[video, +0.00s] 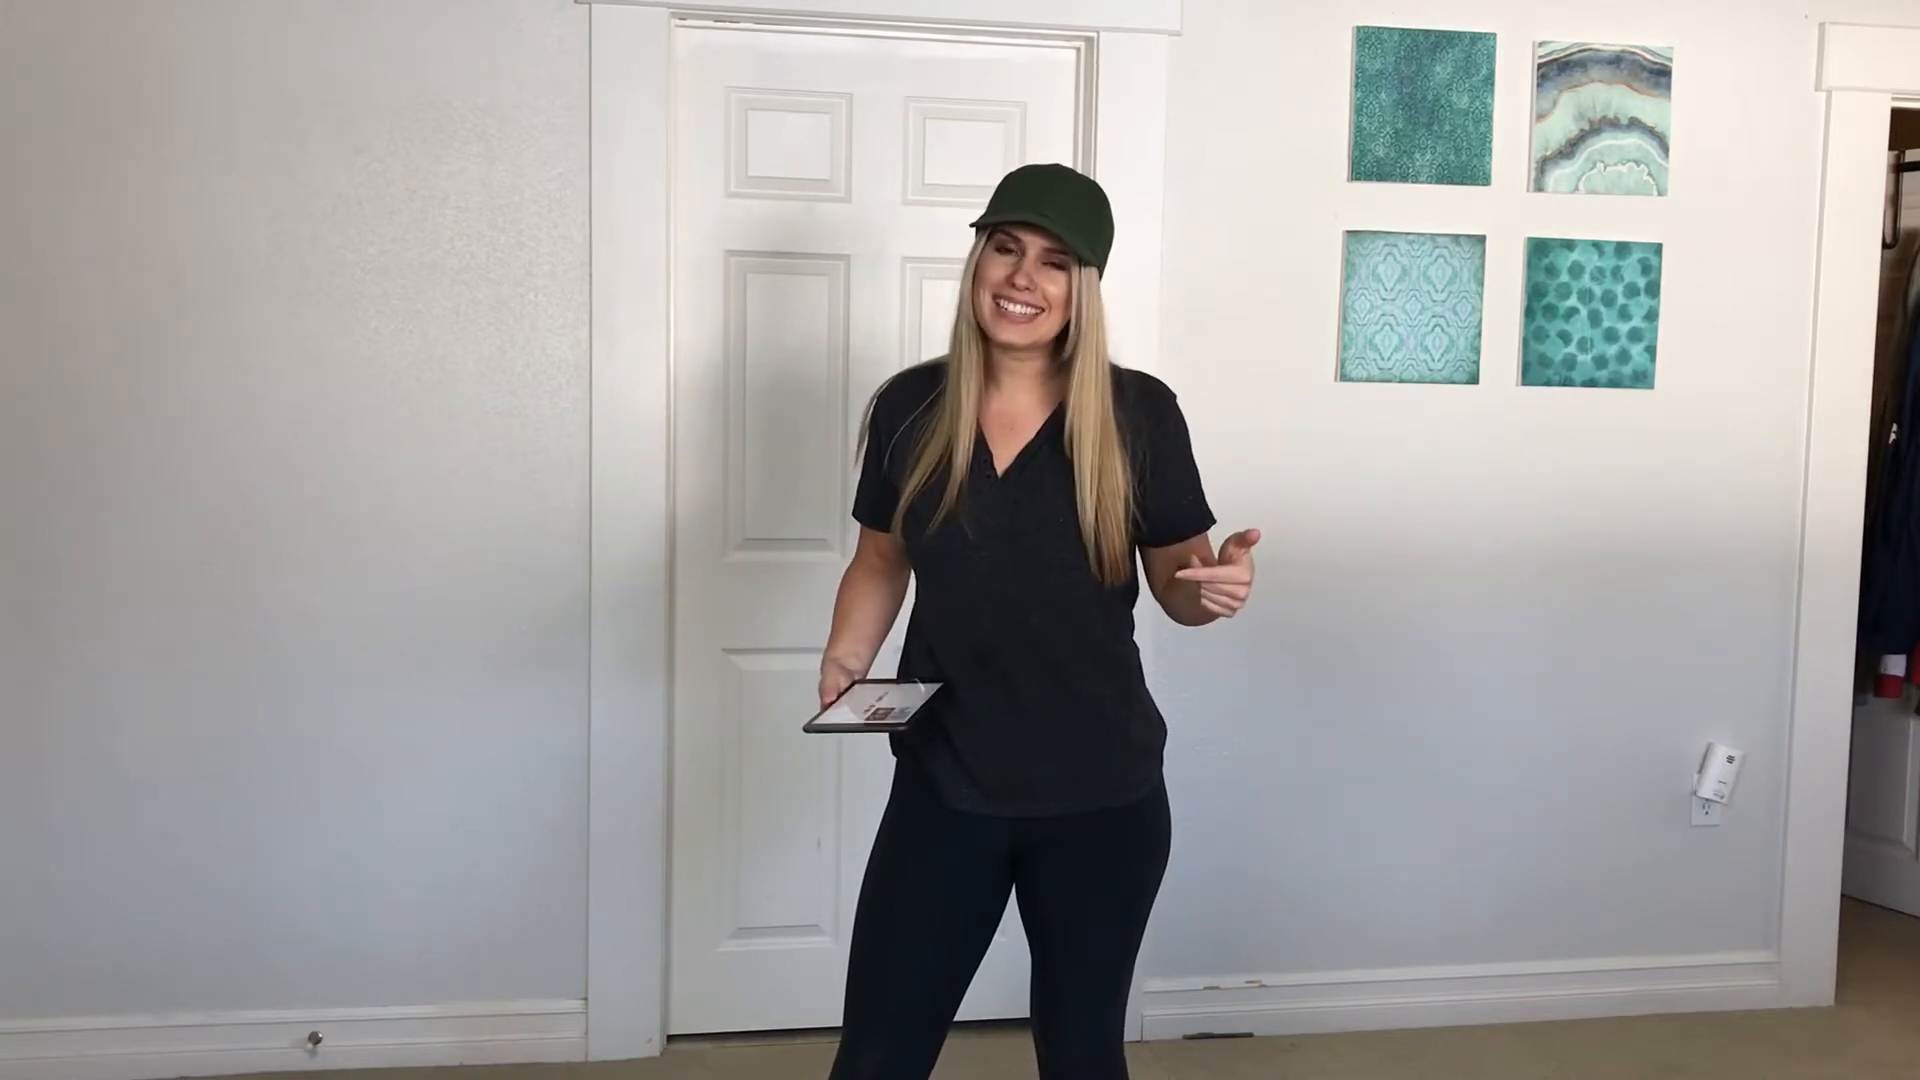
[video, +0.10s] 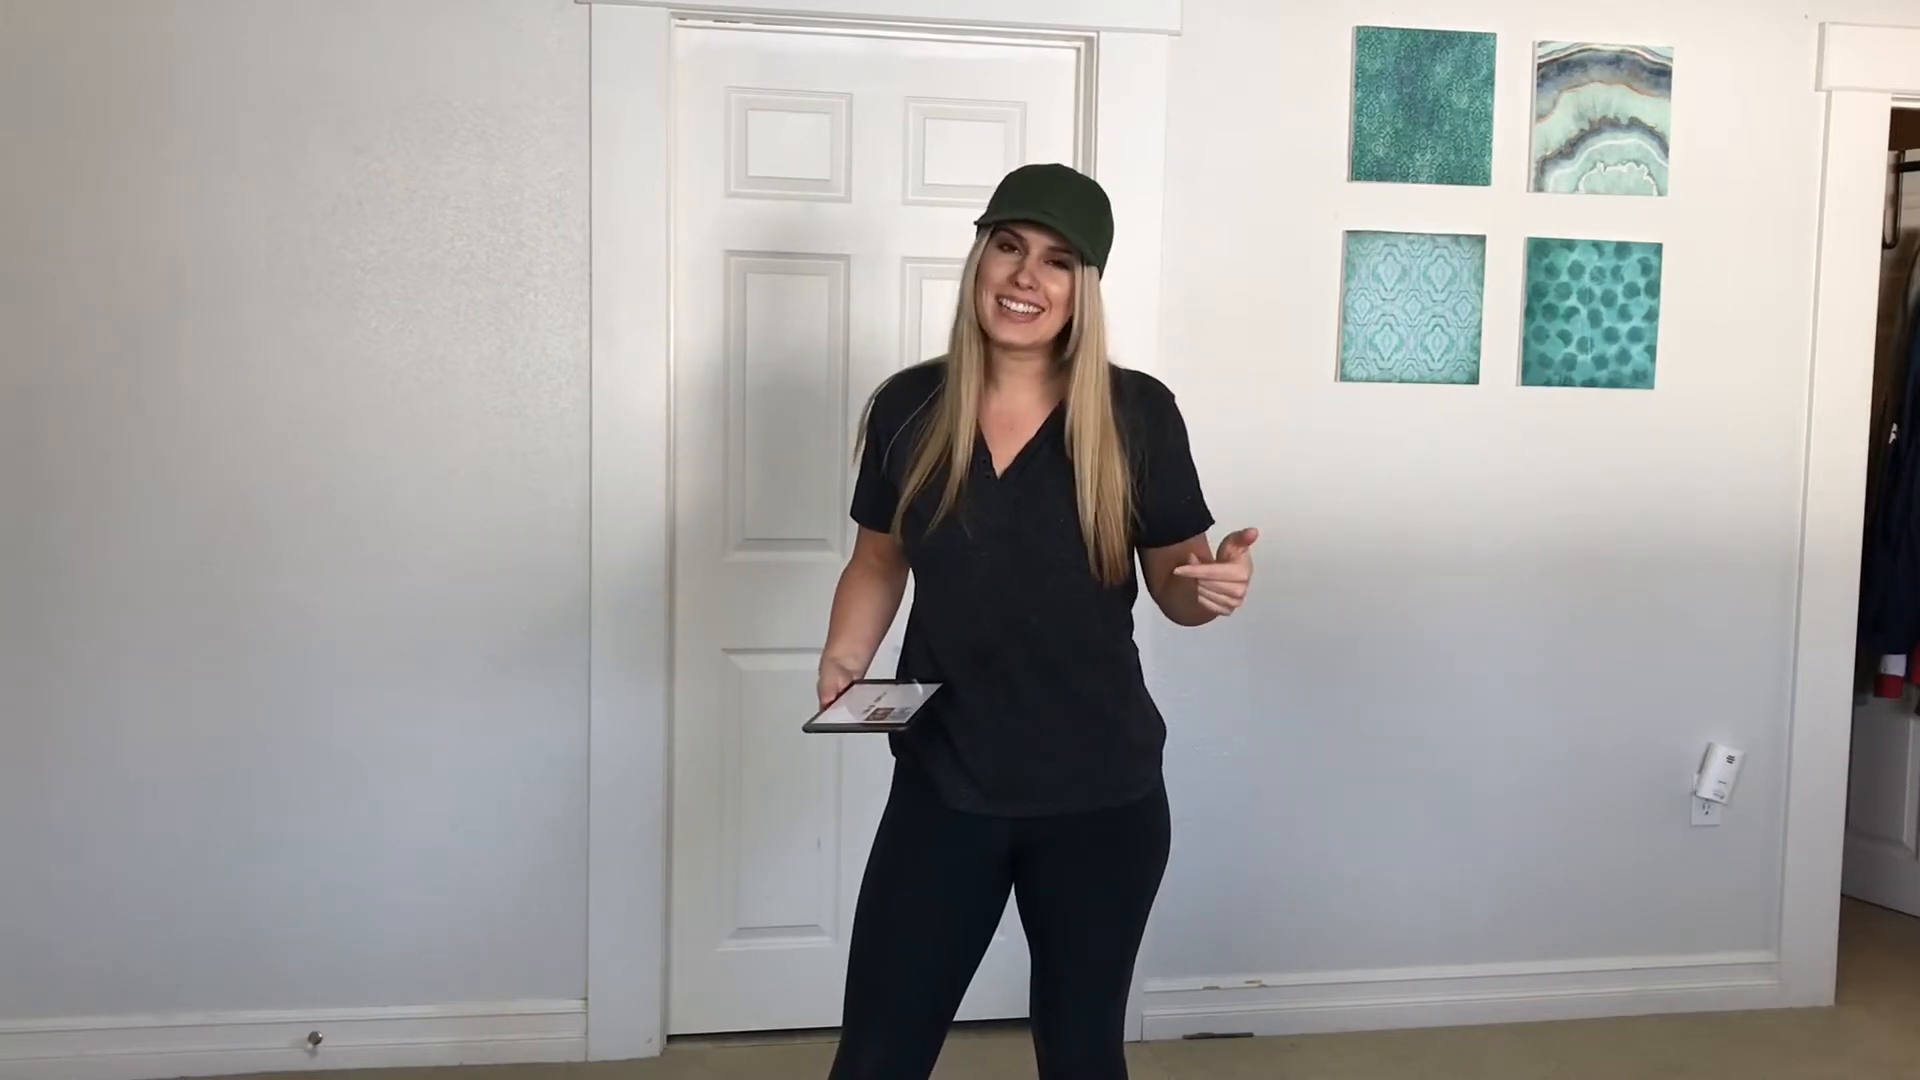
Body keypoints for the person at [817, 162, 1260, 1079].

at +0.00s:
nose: (1022, 277)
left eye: (1053, 262)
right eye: (1006, 249)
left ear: (1084, 288)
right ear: (975, 260)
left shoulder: (1136, 412)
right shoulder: (911, 407)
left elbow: (1175, 583)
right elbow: (879, 562)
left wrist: (1217, 583)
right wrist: (845, 659)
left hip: (1099, 793)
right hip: (946, 787)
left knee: (1080, 1055)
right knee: (876, 1057)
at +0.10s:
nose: (1026, 276)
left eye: (1057, 261)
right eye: (1009, 248)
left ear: (1085, 287)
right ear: (976, 260)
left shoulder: (1136, 412)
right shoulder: (911, 406)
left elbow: (1173, 584)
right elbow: (877, 561)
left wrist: (1213, 582)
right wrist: (843, 660)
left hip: (1099, 791)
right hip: (945, 785)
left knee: (1079, 1057)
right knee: (877, 1057)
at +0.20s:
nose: (1027, 274)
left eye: (1057, 259)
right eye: (1010, 248)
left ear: (1085, 286)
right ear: (978, 261)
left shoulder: (1134, 412)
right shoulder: (910, 406)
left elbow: (1175, 597)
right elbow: (875, 562)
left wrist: (1215, 563)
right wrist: (841, 660)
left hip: (1097, 793)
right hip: (944, 787)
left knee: (1080, 1055)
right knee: (876, 1056)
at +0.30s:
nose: (1019, 271)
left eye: (1050, 255)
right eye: (1003, 244)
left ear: (1081, 283)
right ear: (973, 259)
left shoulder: (1132, 412)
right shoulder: (907, 409)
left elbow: (1175, 599)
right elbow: (871, 562)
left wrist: (1227, 533)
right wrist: (840, 661)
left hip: (1096, 793)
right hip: (942, 788)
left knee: (1079, 1053)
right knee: (876, 1056)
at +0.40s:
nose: (1016, 273)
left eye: (1046, 256)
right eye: (1000, 244)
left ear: (1077, 281)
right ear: (970, 257)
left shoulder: (1131, 410)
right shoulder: (907, 408)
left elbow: (1180, 596)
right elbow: (871, 562)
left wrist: (1233, 543)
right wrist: (837, 662)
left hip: (1095, 792)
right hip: (942, 786)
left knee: (1078, 1057)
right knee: (874, 1058)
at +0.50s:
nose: (1015, 272)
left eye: (1044, 256)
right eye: (998, 246)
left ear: (1076, 281)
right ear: (967, 261)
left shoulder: (1132, 411)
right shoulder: (907, 408)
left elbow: (1178, 598)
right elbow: (875, 562)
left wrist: (1229, 559)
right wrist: (840, 658)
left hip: (1096, 792)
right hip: (943, 786)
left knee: (1078, 1055)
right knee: (875, 1056)